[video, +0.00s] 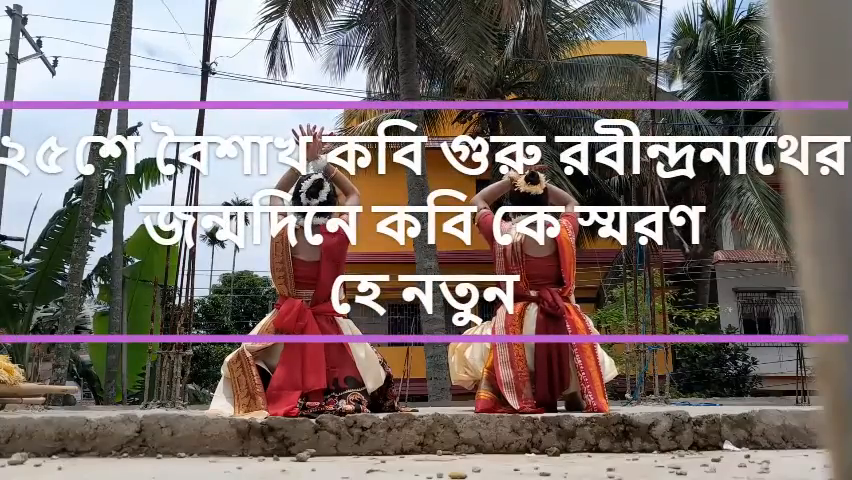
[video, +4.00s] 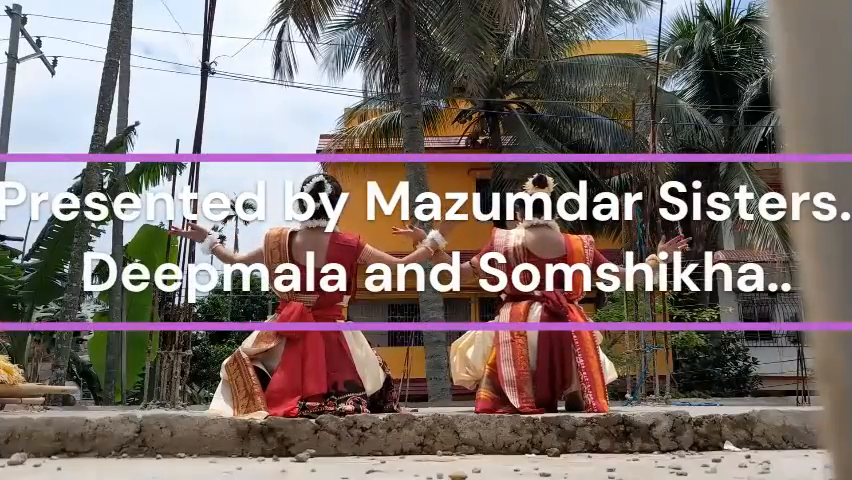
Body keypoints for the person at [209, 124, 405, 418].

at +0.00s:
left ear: (295, 203)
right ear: (330, 203)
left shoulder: (284, 234)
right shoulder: (337, 236)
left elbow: (277, 196)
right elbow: (351, 195)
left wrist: (303, 162)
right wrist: (323, 164)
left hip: (288, 328)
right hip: (330, 329)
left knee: (240, 363)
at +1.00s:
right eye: (323, 197)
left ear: (294, 202)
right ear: (330, 202)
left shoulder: (283, 232)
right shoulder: (336, 234)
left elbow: (276, 195)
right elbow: (354, 193)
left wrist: (302, 161)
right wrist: (324, 165)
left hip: (288, 327)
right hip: (329, 327)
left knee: (240, 361)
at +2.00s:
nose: (335, 203)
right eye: (333, 199)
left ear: (294, 202)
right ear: (330, 203)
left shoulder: (279, 234)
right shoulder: (340, 235)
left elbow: (267, 201)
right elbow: (378, 205)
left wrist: (274, 158)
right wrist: (371, 161)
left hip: (288, 330)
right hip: (331, 331)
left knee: (240, 367)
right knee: (379, 386)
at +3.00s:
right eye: (326, 201)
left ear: (298, 203)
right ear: (334, 205)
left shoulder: (276, 238)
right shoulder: (348, 241)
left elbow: (245, 223)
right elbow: (401, 238)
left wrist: (229, 189)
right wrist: (420, 212)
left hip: (289, 334)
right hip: (333, 336)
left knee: (240, 366)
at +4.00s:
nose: (333, 209)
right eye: (335, 203)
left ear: (300, 205)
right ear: (335, 206)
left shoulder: (277, 241)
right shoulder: (348, 245)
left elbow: (234, 259)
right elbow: (400, 264)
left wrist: (205, 237)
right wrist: (430, 247)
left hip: (288, 345)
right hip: (335, 345)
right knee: (379, 387)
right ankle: (343, 401)